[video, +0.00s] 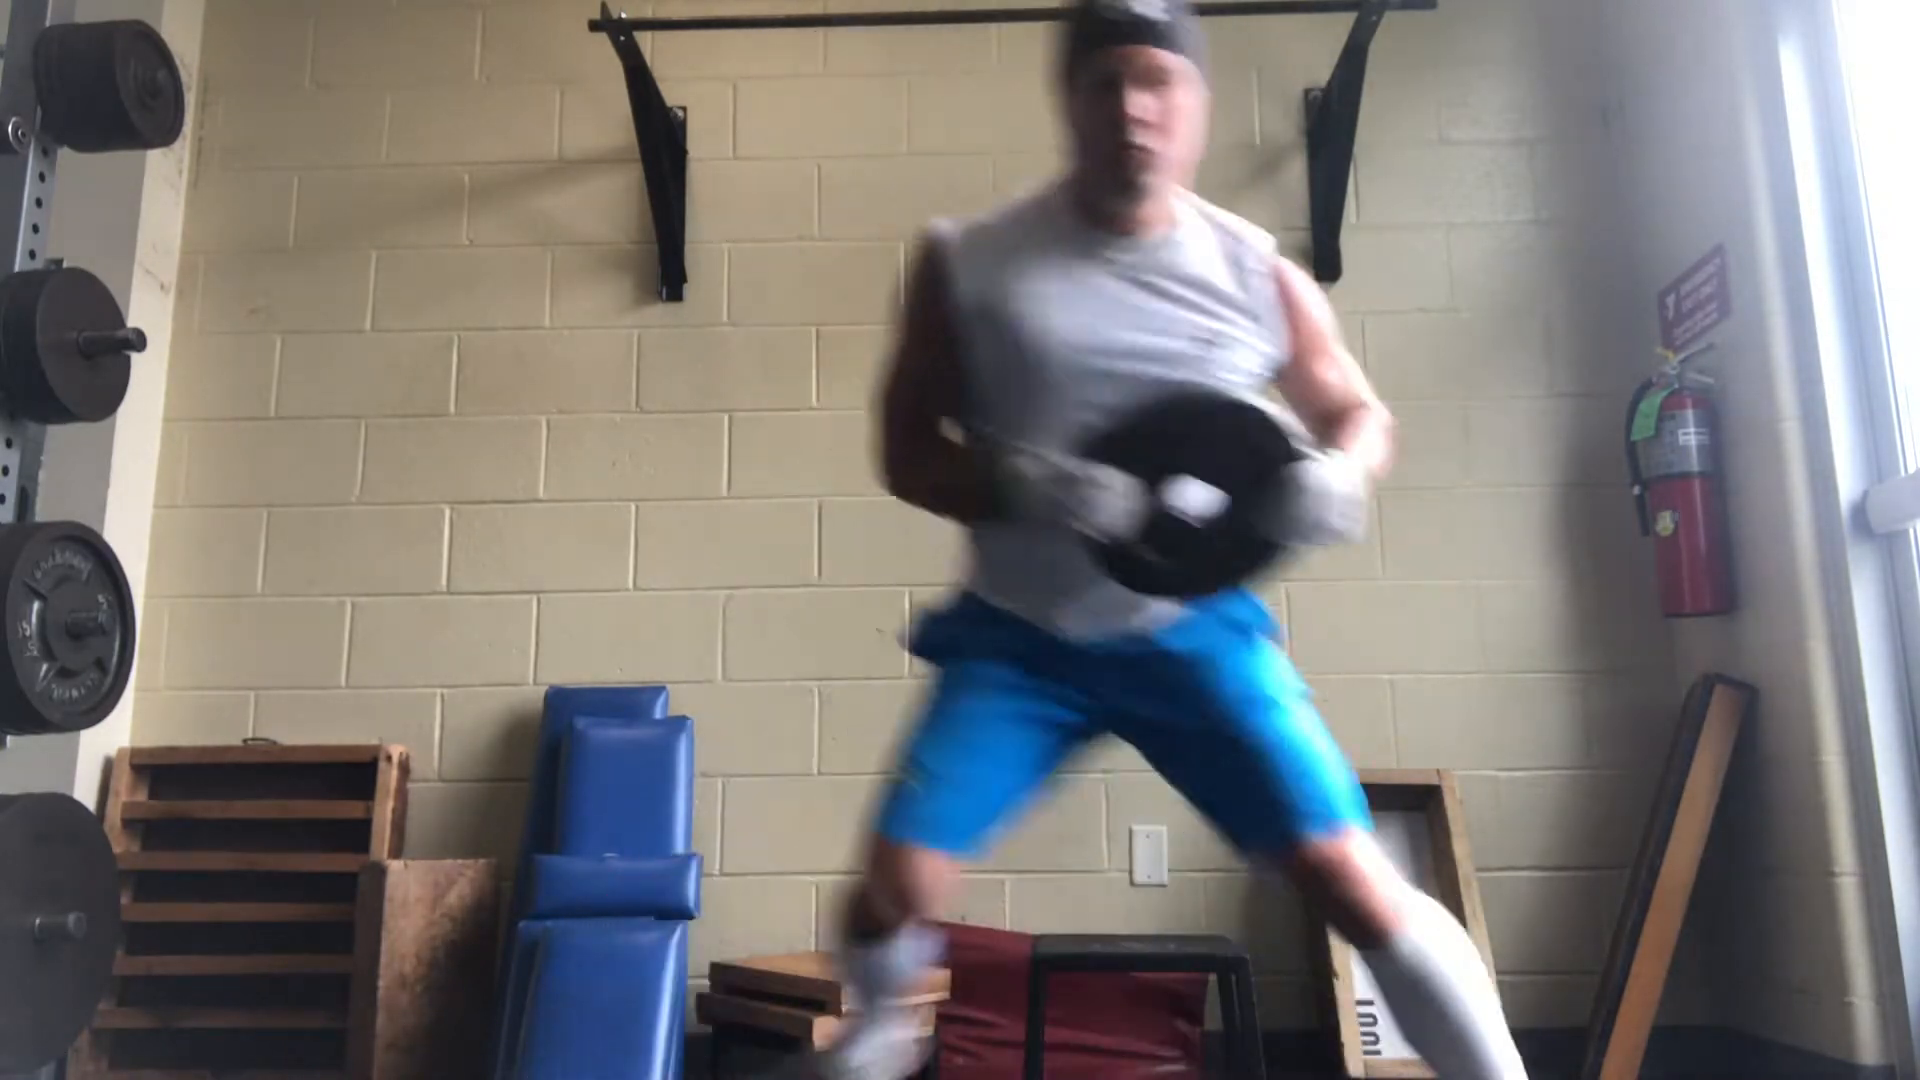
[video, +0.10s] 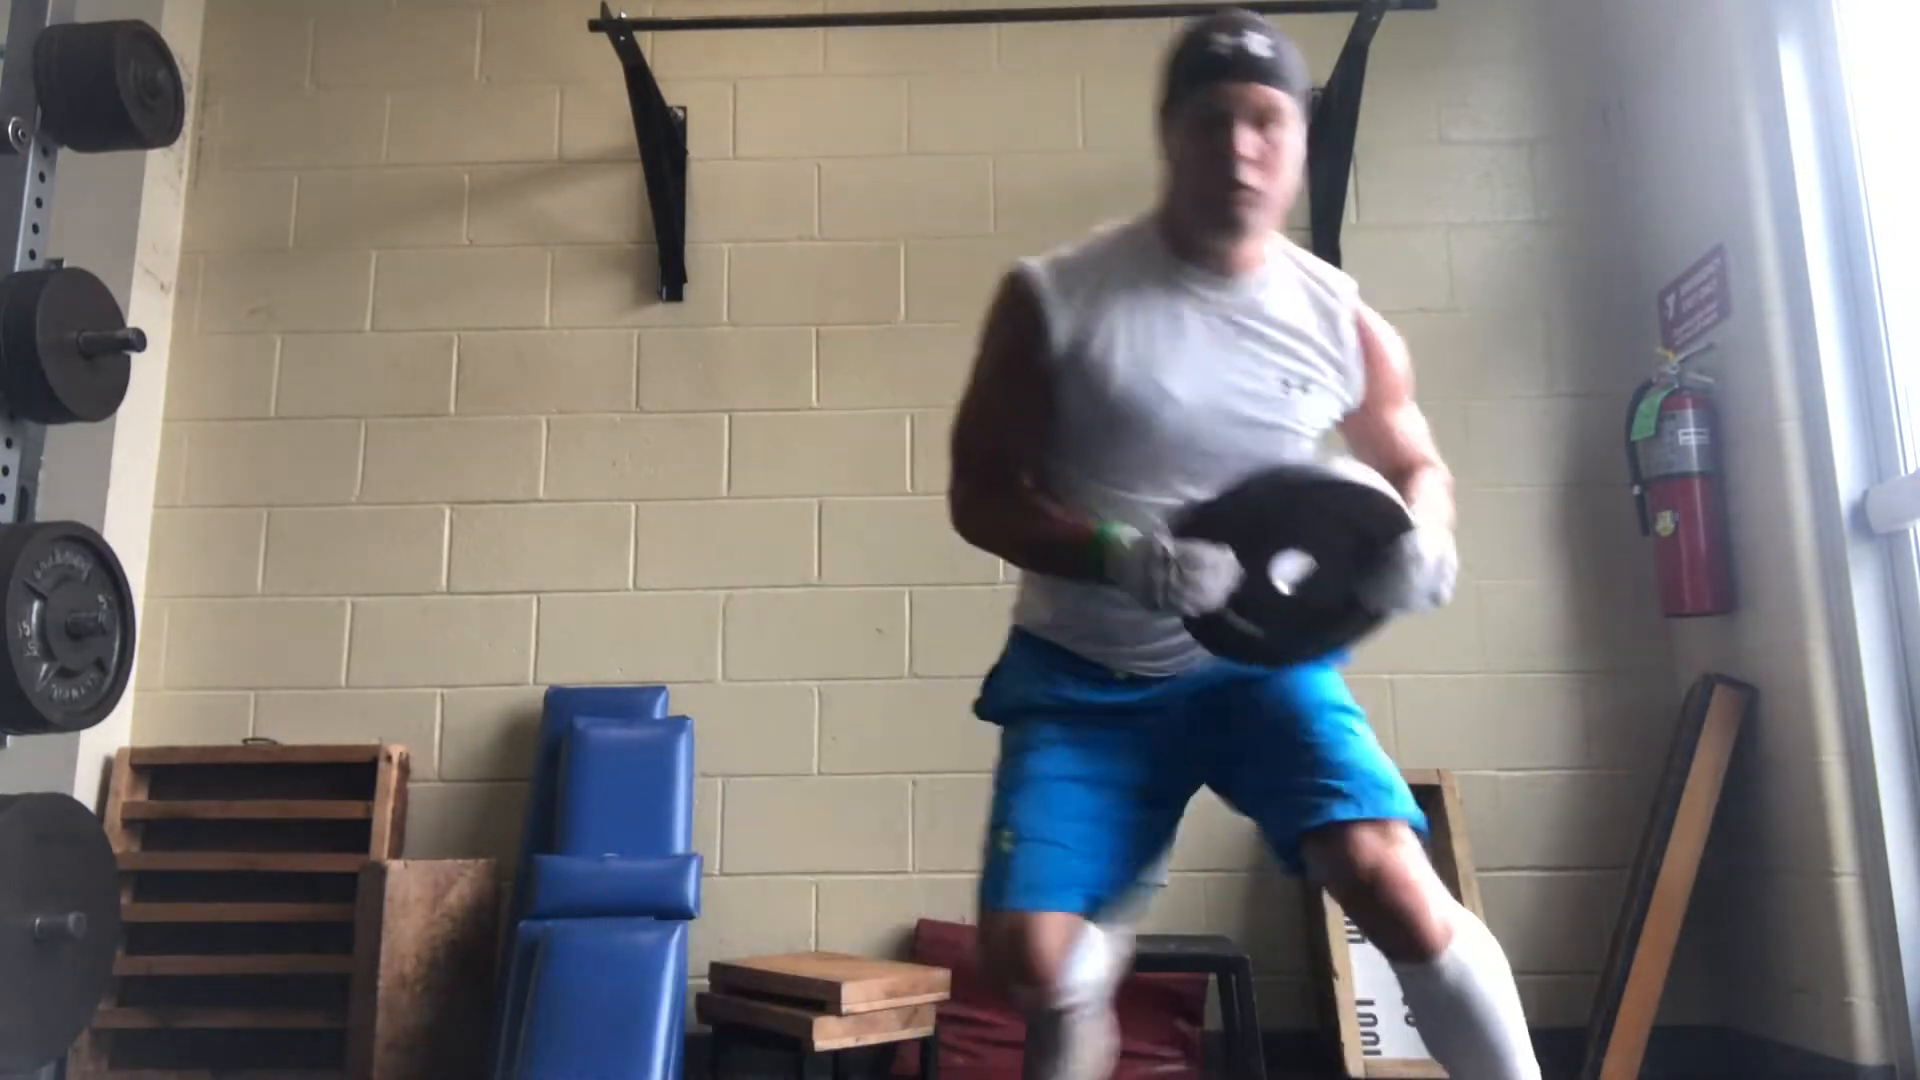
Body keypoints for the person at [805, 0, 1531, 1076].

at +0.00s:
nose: (1133, 111)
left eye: (1157, 83)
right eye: (1106, 84)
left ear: (1200, 105)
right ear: (1067, 104)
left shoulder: (1258, 275)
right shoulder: (966, 265)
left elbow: (1362, 418)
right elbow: (907, 455)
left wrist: (1340, 476)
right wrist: (1022, 485)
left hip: (1200, 643)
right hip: (1018, 644)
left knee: (1348, 878)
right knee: (897, 887)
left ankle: (1497, 1074)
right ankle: (884, 1036)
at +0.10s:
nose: (1242, 145)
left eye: (1267, 122)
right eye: (1214, 119)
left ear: (1300, 147)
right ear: (1168, 135)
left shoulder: (1347, 329)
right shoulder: (1053, 303)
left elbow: (1418, 469)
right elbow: (980, 499)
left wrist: (1422, 538)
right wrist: (1124, 557)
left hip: (1262, 668)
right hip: (1082, 678)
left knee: (1387, 878)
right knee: (1032, 956)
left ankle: (1515, 1074)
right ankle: (1094, 982)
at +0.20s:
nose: (1271, 150)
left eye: (1298, 126)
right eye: (1245, 121)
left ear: (1326, 154)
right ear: (1193, 137)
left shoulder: (1364, 332)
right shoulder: (1070, 297)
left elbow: (1433, 489)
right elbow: (982, 479)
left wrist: (1412, 551)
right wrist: (1087, 547)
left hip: (1281, 662)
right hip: (1091, 660)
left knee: (1403, 877)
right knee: (993, 898)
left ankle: (1520, 1074)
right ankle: (1068, 944)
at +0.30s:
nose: (1213, 113)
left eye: (1239, 89)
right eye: (1187, 85)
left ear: (1274, 117)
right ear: (1142, 100)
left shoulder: (1317, 285)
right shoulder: (1021, 258)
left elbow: (1384, 474)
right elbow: (935, 410)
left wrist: (1290, 502)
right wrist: (1007, 487)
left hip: (1226, 634)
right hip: (1042, 614)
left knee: (1365, 876)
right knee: (883, 775)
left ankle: (1505, 1076)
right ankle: (899, 916)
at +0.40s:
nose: (1105, 68)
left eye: (1131, 42)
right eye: (1080, 41)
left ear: (1169, 67)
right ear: (1039, 57)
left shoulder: (1214, 235)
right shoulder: (930, 201)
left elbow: (1285, 441)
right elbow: (857, 333)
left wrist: (1134, 453)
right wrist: (892, 415)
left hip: (1131, 592)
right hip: (951, 564)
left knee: (1253, 843)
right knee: (782, 741)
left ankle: (1403, 1065)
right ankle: (687, 990)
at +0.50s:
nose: (967, 80)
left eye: (992, 53)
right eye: (940, 54)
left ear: (1032, 67)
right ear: (904, 70)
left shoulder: (1104, 235)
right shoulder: (829, 232)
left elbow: (1185, 448)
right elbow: (774, 410)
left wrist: (1025, 465)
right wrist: (783, 435)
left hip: (1047, 593)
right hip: (875, 583)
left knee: (1109, 854)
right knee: (730, 840)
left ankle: (1110, 1061)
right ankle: (598, 1076)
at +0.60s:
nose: (849, 142)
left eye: (874, 115)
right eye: (824, 117)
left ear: (914, 126)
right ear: (788, 135)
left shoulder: (1004, 293)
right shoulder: (740, 311)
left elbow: (1111, 493)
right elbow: (722, 480)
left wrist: (953, 530)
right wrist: (710, 524)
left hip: (970, 673)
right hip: (800, 654)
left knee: (933, 930)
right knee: (674, 892)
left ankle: (832, 989)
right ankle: (589, 1074)